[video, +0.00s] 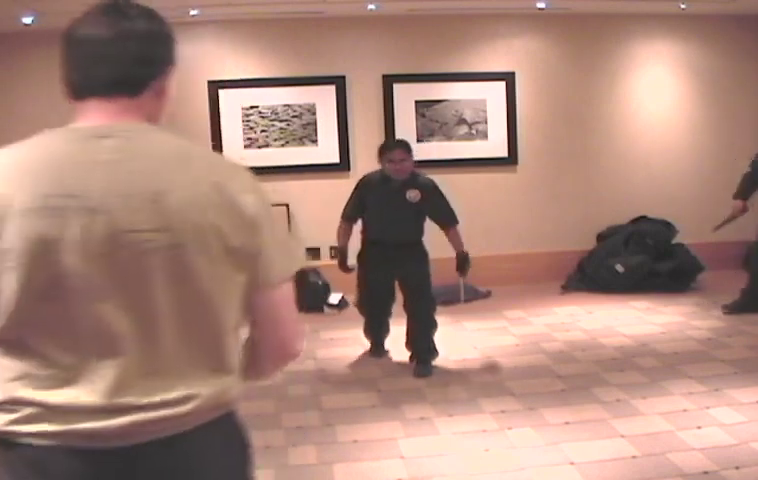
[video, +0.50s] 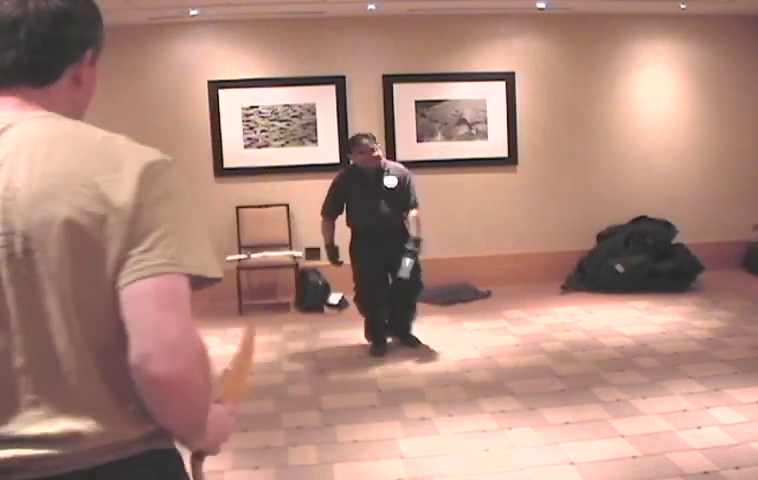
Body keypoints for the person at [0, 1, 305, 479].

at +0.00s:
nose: (171, 92)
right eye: (171, 81)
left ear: (68, 85)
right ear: (162, 86)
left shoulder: (9, 174)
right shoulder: (226, 182)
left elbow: (4, 328)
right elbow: (282, 339)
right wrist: (209, 371)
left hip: (37, 462)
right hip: (195, 457)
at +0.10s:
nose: (142, 89)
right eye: (142, 78)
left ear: (39, 78)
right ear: (133, 83)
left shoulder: (5, 164)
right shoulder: (186, 182)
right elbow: (263, 355)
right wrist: (220, 397)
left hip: (18, 462)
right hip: (163, 460)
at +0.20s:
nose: (121, 86)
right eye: (122, 75)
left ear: (14, 75)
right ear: (111, 80)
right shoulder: (162, 179)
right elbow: (232, 366)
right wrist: (229, 414)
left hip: (14, 462)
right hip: (144, 459)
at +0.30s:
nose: (108, 84)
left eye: (109, 68)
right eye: (110, 69)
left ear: (6, 59)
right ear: (95, 71)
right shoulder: (147, 175)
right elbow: (194, 360)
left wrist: (218, 419)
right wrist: (222, 422)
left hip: (12, 462)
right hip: (131, 458)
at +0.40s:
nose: (102, 82)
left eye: (102, 65)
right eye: (103, 65)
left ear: (7, 56)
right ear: (89, 68)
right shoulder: (139, 174)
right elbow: (175, 359)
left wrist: (207, 423)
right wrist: (211, 425)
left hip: (11, 462)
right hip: (122, 459)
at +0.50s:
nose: (97, 82)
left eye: (98, 64)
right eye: (98, 64)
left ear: (7, 57)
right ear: (82, 67)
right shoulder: (128, 173)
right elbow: (162, 358)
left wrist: (197, 428)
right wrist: (201, 427)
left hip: (8, 462)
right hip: (116, 461)